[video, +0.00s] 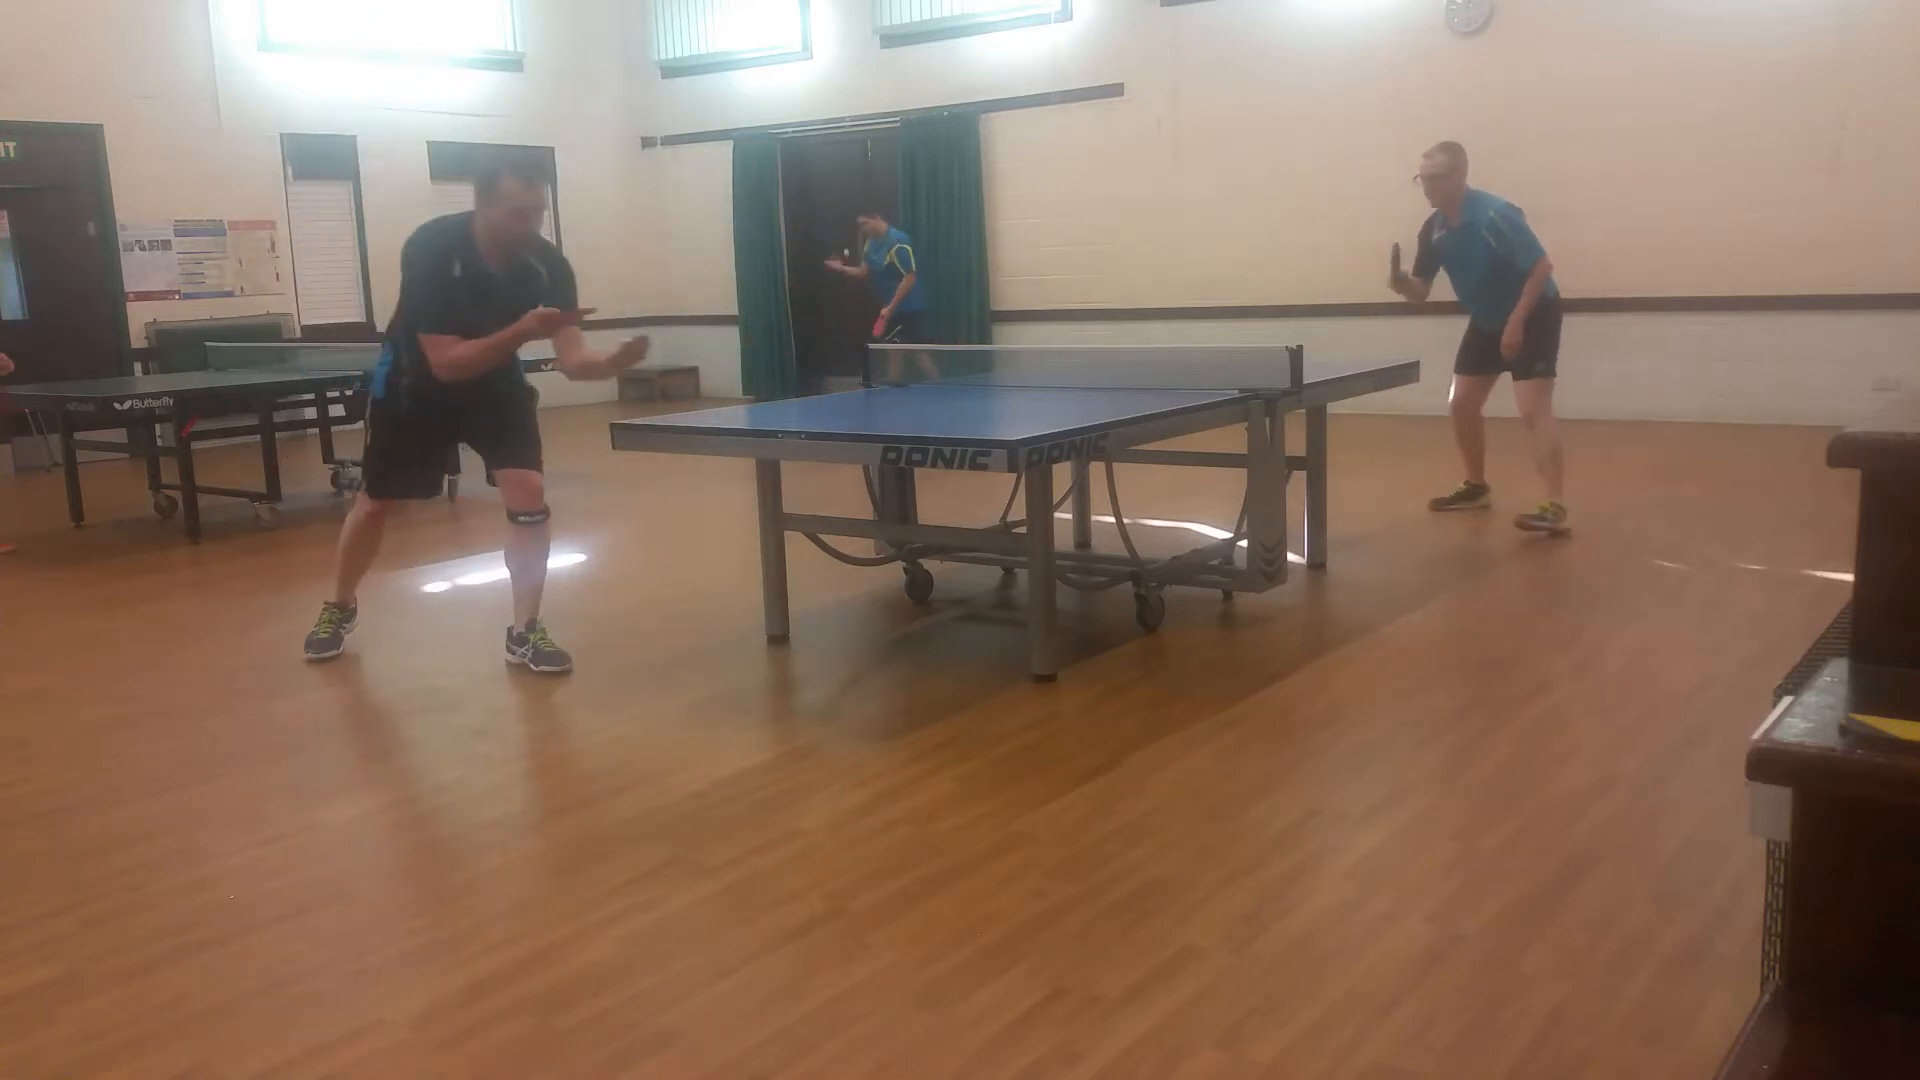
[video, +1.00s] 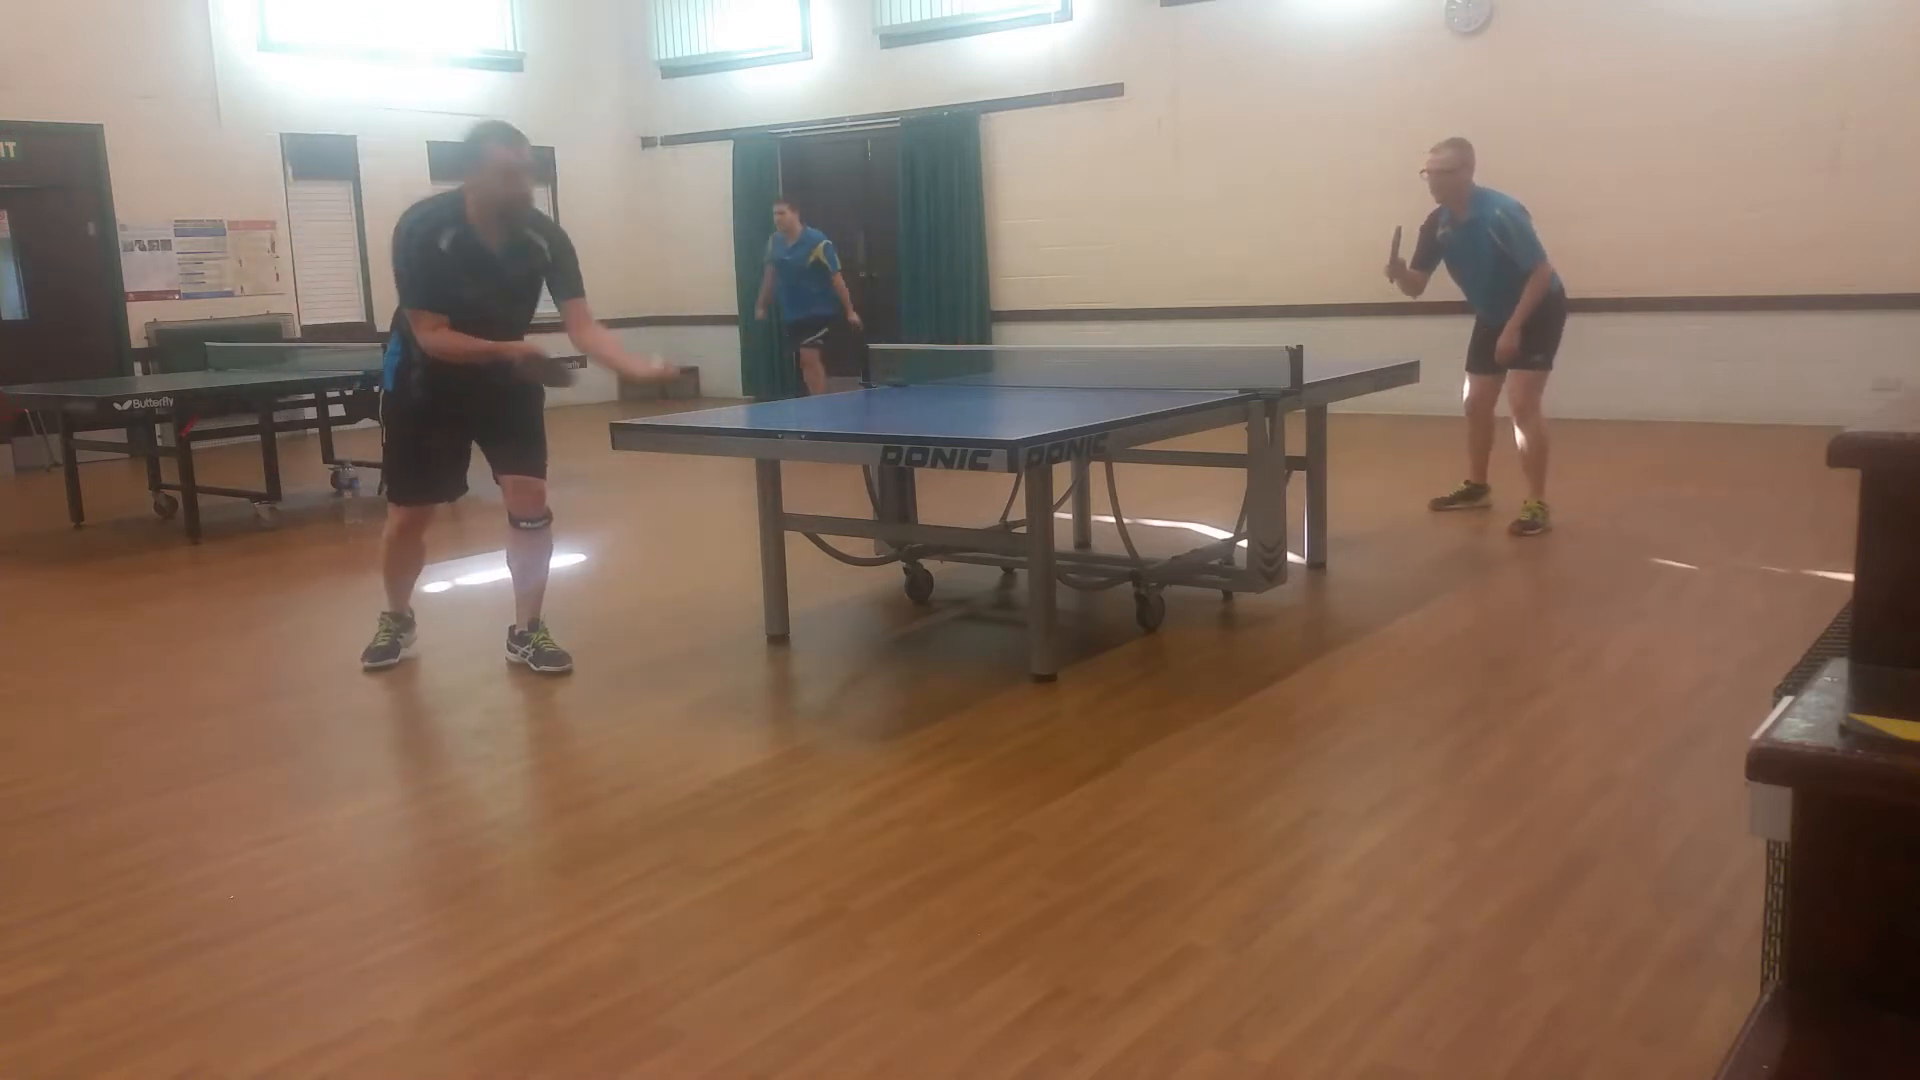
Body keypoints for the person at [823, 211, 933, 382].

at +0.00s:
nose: (863, 229)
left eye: (864, 224)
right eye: (861, 226)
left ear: (876, 219)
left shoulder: (898, 241)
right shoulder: (871, 243)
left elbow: (910, 277)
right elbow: (862, 272)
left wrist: (890, 308)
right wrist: (841, 268)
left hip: (908, 306)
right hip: (892, 306)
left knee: (894, 350)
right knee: (916, 350)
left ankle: (893, 395)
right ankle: (940, 388)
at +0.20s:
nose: (851, 225)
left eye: (854, 220)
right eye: (849, 221)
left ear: (867, 218)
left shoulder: (887, 244)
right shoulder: (855, 239)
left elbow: (902, 282)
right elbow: (851, 269)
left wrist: (893, 315)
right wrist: (832, 291)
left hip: (890, 312)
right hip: (869, 311)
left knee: (892, 358)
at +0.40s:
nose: (841, 227)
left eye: (845, 223)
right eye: (839, 223)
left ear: (859, 222)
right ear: (837, 224)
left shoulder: (878, 244)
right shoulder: (840, 240)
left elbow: (889, 276)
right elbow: (838, 270)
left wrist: (862, 303)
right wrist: (838, 300)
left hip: (879, 308)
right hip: (851, 307)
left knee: (880, 351)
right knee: (845, 351)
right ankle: (856, 389)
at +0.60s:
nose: (821, 232)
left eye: (824, 227)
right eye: (819, 228)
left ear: (837, 227)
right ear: (818, 228)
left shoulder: (858, 244)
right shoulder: (821, 245)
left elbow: (867, 278)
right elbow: (822, 273)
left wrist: (842, 269)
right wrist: (821, 301)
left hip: (864, 313)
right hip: (834, 313)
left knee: (870, 358)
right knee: (828, 357)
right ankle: (826, 408)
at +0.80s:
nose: (795, 224)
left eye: (799, 219)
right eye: (792, 220)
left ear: (812, 219)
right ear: (790, 223)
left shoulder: (835, 244)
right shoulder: (796, 245)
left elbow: (852, 275)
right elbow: (797, 276)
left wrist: (835, 304)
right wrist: (795, 305)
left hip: (839, 315)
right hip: (810, 315)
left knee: (840, 361)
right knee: (815, 362)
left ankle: (866, 377)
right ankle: (822, 410)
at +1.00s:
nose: (777, 218)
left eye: (781, 213)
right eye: (775, 214)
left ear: (795, 214)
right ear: (773, 217)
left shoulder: (818, 242)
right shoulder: (775, 241)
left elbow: (837, 279)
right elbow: (769, 275)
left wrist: (850, 310)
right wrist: (762, 304)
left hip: (817, 310)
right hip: (791, 312)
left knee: (808, 359)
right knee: (808, 360)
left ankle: (820, 407)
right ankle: (821, 406)